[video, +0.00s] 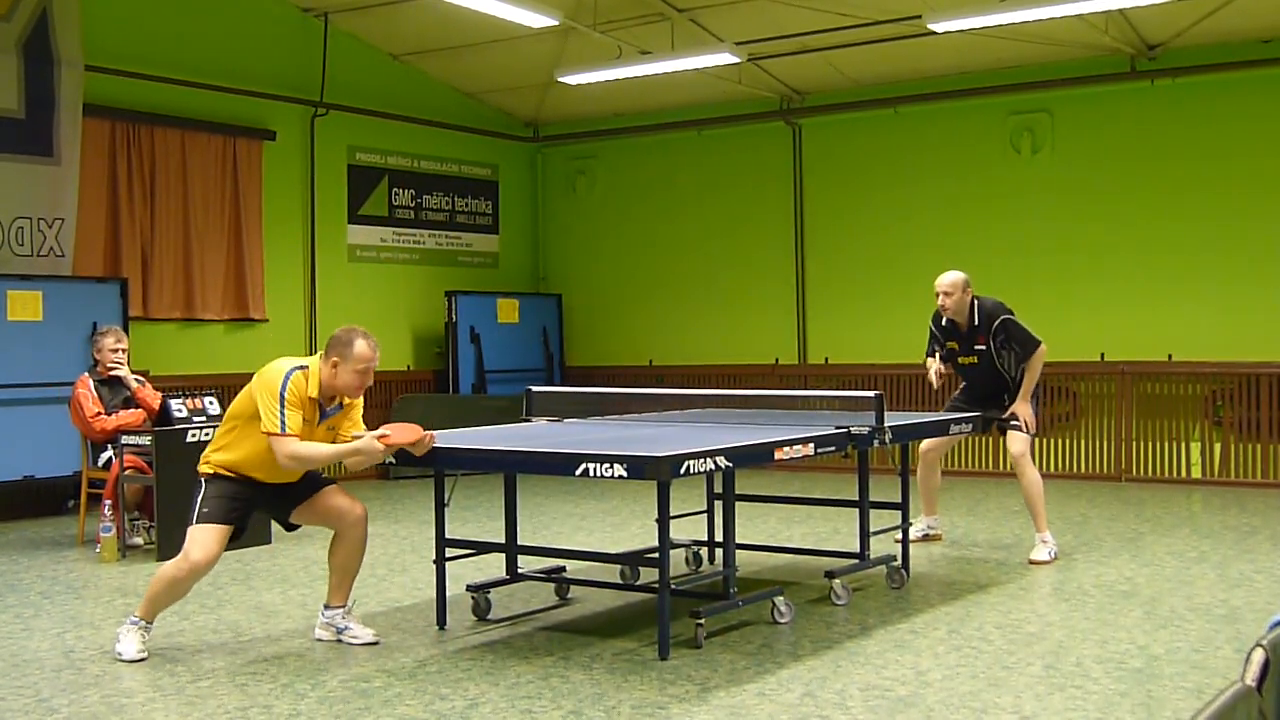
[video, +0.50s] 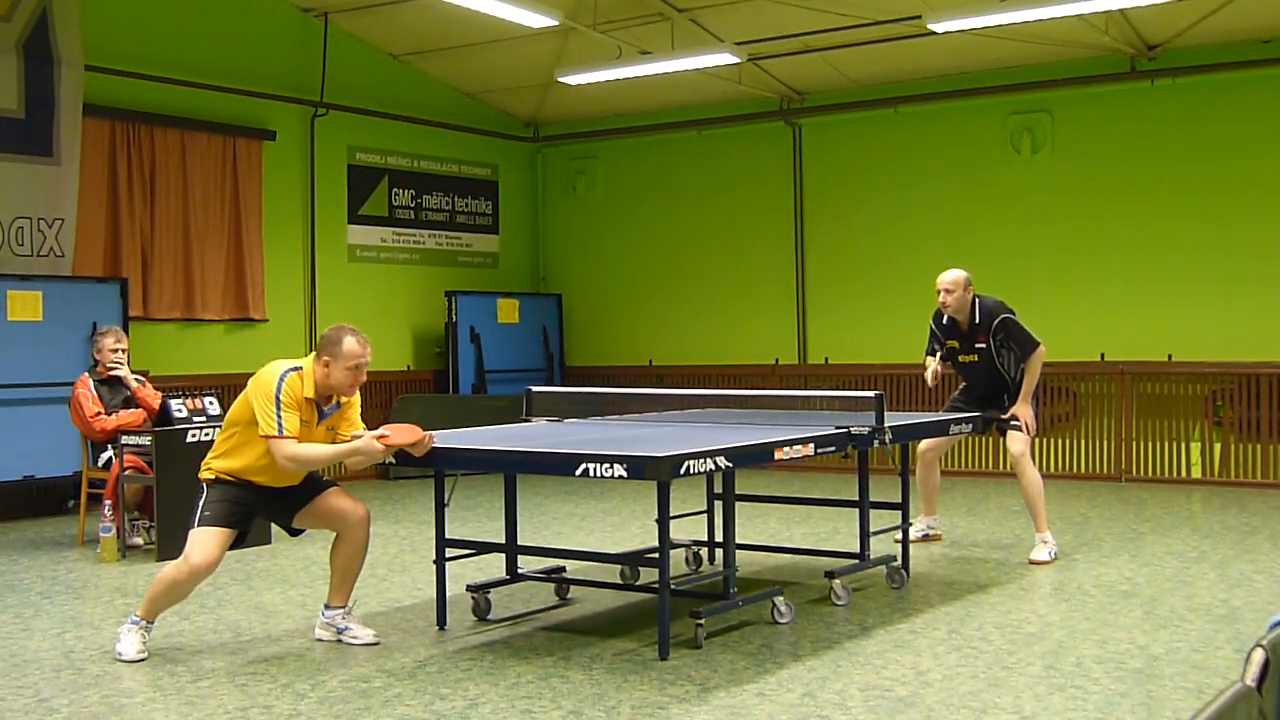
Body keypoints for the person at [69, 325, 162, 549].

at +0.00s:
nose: (120, 356)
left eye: (124, 351)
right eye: (113, 351)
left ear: (128, 354)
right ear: (97, 354)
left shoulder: (137, 381)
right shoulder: (84, 385)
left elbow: (163, 412)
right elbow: (97, 428)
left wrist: (133, 384)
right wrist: (142, 415)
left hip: (146, 446)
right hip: (112, 449)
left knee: (170, 469)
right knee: (133, 474)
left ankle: (152, 521)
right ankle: (131, 519)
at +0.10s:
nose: (120, 356)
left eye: (123, 351)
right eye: (113, 351)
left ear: (128, 354)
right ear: (97, 354)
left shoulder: (137, 381)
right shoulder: (84, 385)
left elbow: (162, 412)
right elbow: (97, 428)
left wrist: (132, 384)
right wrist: (141, 415)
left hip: (145, 446)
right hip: (111, 449)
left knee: (168, 469)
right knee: (133, 474)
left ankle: (151, 520)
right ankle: (131, 519)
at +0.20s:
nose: (120, 356)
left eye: (124, 351)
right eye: (113, 351)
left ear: (128, 354)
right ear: (97, 354)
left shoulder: (137, 381)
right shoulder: (85, 385)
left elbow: (163, 412)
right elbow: (97, 427)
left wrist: (132, 384)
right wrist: (141, 415)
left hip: (146, 446)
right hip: (112, 449)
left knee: (169, 469)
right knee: (133, 474)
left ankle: (152, 519)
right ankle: (132, 519)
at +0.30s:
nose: (120, 356)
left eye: (124, 351)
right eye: (113, 351)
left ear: (128, 354)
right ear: (97, 354)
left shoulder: (138, 381)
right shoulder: (85, 385)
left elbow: (162, 412)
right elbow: (97, 427)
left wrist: (132, 384)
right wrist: (141, 415)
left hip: (147, 446)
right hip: (112, 448)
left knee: (169, 470)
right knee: (133, 474)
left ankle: (152, 519)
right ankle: (132, 519)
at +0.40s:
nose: (120, 356)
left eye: (123, 351)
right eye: (113, 351)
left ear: (128, 354)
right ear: (97, 355)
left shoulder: (138, 381)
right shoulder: (85, 385)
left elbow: (162, 412)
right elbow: (97, 428)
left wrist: (132, 384)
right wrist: (142, 415)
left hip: (147, 446)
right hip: (112, 449)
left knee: (170, 469)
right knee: (133, 474)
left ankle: (152, 521)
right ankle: (131, 520)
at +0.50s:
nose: (120, 356)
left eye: (123, 351)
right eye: (113, 351)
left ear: (128, 354)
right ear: (97, 355)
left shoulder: (138, 381)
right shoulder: (85, 385)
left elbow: (162, 412)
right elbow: (97, 428)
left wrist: (132, 384)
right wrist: (142, 415)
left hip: (147, 446)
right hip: (112, 449)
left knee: (170, 469)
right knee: (133, 474)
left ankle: (152, 521)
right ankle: (131, 520)